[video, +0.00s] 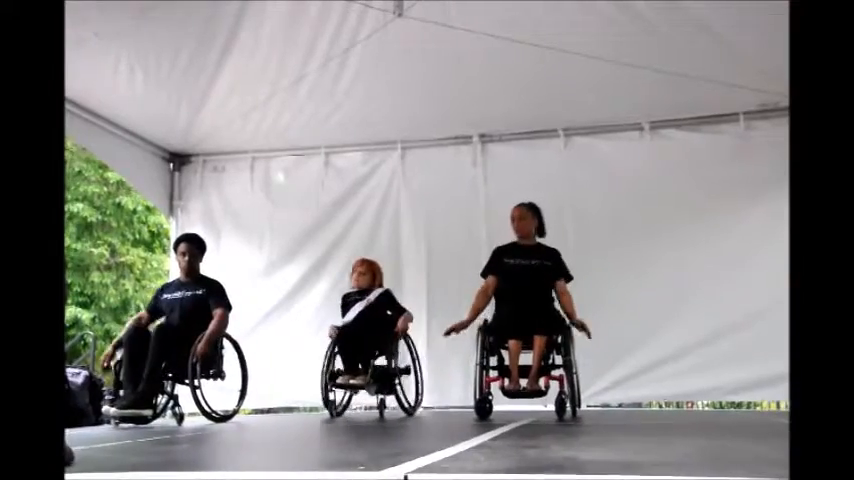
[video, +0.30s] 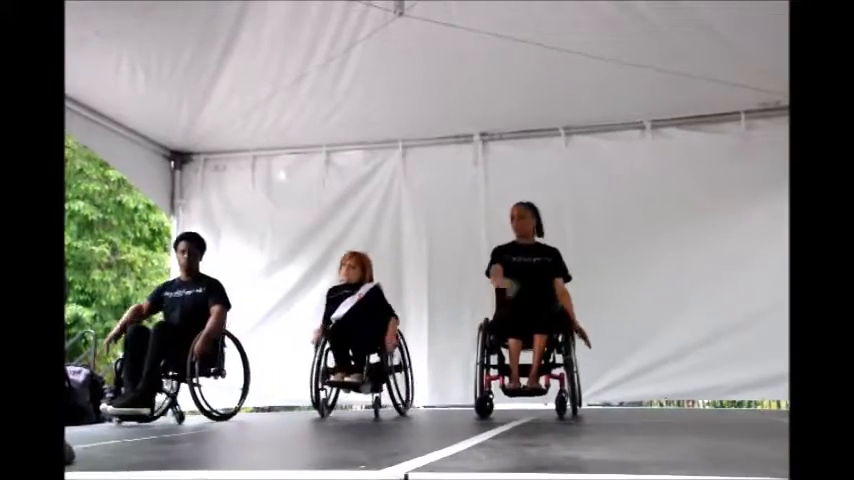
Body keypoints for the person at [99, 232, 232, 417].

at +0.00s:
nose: (188, 259)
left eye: (193, 254)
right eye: (183, 254)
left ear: (201, 257)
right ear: (176, 257)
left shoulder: (211, 287)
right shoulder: (166, 290)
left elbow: (221, 317)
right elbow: (142, 319)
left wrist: (206, 342)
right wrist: (114, 346)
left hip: (199, 353)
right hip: (170, 351)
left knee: (163, 331)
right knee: (135, 333)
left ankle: (144, 399)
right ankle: (130, 398)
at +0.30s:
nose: (187, 257)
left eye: (192, 252)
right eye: (182, 252)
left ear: (201, 255)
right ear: (176, 255)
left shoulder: (211, 286)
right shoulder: (167, 288)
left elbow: (218, 315)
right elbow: (142, 310)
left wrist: (204, 340)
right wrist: (121, 326)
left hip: (200, 350)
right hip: (172, 349)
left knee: (161, 330)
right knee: (136, 332)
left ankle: (145, 397)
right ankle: (131, 396)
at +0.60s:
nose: (180, 254)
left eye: (184, 249)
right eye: (176, 250)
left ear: (195, 252)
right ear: (171, 254)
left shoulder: (209, 283)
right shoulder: (165, 285)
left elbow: (221, 311)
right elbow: (140, 299)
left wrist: (206, 337)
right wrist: (155, 267)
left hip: (200, 350)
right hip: (171, 347)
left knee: (164, 328)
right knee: (138, 329)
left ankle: (147, 394)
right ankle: (132, 394)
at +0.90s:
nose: (184, 255)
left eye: (189, 249)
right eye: (179, 250)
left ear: (199, 252)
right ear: (174, 254)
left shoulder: (213, 285)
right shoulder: (166, 287)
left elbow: (231, 314)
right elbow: (145, 317)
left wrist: (220, 319)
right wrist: (133, 294)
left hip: (204, 352)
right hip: (173, 349)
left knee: (170, 329)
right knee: (141, 329)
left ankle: (151, 396)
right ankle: (136, 396)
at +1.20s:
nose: (188, 258)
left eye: (193, 252)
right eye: (184, 253)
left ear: (203, 255)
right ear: (178, 257)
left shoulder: (214, 286)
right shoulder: (169, 289)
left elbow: (218, 309)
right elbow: (156, 317)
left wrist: (190, 281)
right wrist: (130, 337)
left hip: (205, 351)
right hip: (175, 350)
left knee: (167, 331)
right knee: (138, 332)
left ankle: (149, 399)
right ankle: (134, 398)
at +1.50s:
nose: (190, 261)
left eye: (195, 256)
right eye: (185, 256)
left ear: (201, 258)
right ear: (177, 259)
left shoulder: (215, 289)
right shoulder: (168, 291)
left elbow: (237, 315)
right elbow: (156, 319)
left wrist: (211, 297)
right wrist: (129, 340)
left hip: (205, 353)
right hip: (175, 352)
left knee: (162, 333)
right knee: (136, 334)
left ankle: (146, 401)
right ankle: (132, 398)